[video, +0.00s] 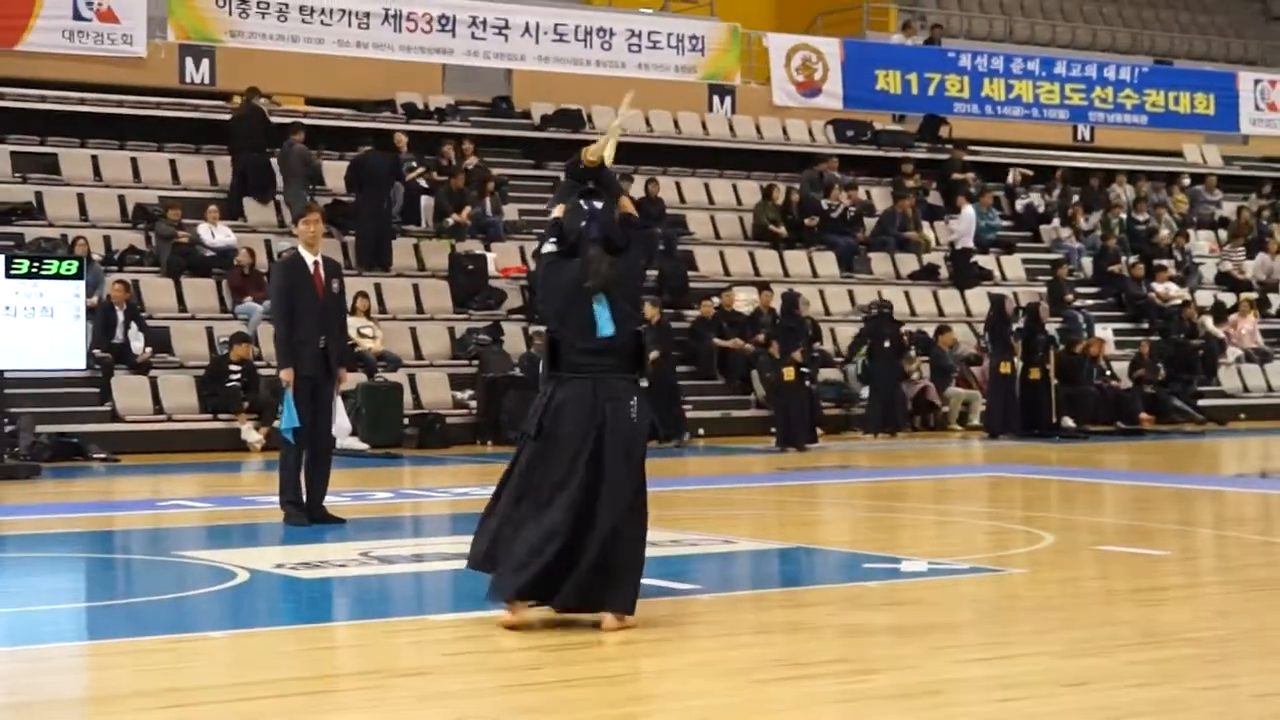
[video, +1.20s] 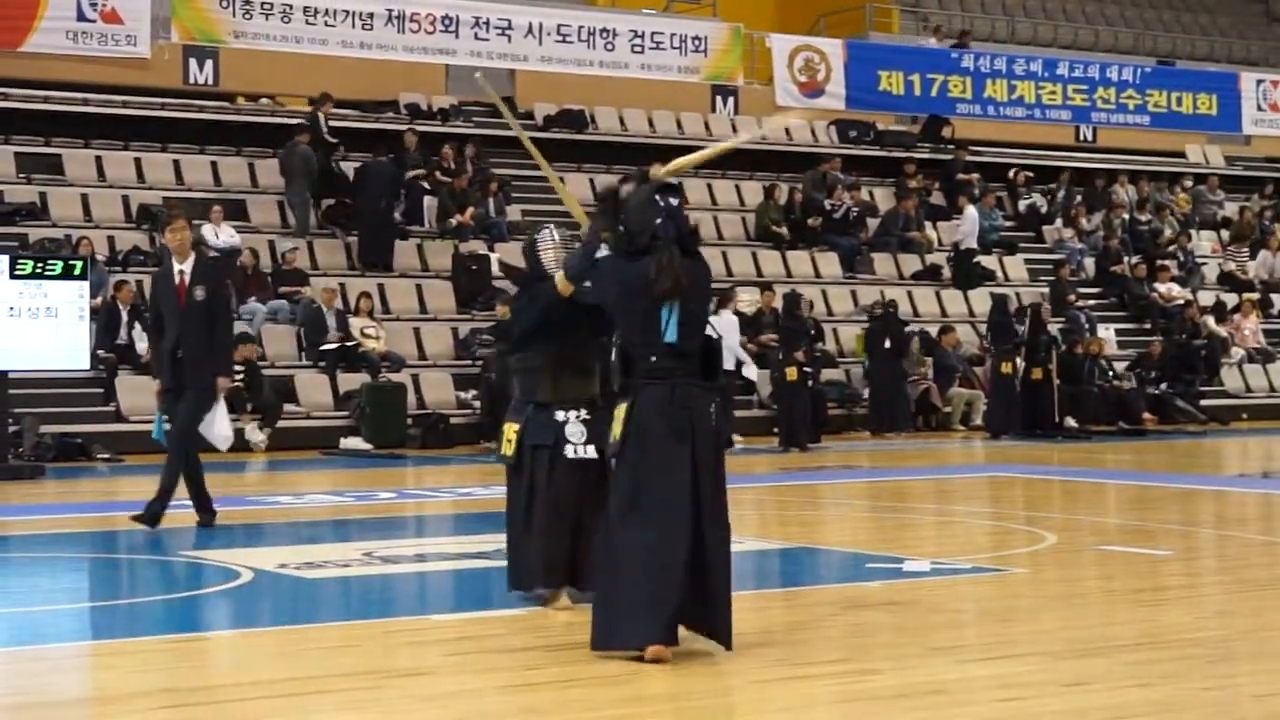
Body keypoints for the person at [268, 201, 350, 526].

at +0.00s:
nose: (312, 228)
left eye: (316, 223)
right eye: (306, 223)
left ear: (323, 227)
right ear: (296, 229)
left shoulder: (333, 267)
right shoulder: (284, 267)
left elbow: (339, 318)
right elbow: (280, 319)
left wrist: (341, 362)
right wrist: (284, 363)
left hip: (326, 361)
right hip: (297, 362)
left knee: (322, 436)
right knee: (295, 435)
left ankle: (316, 503)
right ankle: (291, 505)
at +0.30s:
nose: (299, 228)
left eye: (303, 223)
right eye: (293, 224)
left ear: (311, 228)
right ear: (282, 229)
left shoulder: (319, 268)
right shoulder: (270, 268)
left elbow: (327, 318)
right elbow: (266, 319)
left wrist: (328, 362)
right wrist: (269, 362)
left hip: (312, 362)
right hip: (282, 362)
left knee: (311, 437)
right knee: (269, 433)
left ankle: (314, 506)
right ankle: (244, 501)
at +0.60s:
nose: (260, 235)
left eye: (265, 229)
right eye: (255, 230)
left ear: (274, 235)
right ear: (246, 236)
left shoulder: (290, 276)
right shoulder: (233, 276)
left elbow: (298, 326)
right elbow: (228, 325)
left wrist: (299, 370)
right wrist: (231, 369)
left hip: (280, 367)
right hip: (246, 368)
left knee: (293, 442)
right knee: (233, 440)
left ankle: (314, 510)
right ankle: (212, 509)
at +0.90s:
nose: (212, 233)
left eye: (216, 228)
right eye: (207, 228)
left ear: (226, 232)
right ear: (198, 235)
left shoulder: (245, 269)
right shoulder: (187, 274)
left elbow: (255, 323)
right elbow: (181, 324)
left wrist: (258, 368)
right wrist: (183, 369)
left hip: (237, 367)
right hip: (200, 369)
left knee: (249, 440)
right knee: (199, 443)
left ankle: (261, 506)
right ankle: (206, 509)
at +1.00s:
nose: (201, 233)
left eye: (205, 227)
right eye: (195, 228)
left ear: (214, 231)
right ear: (186, 234)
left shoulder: (233, 267)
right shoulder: (178, 272)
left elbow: (244, 320)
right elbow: (172, 324)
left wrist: (246, 365)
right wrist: (174, 368)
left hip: (226, 364)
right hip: (191, 366)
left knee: (224, 435)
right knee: (194, 439)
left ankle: (227, 506)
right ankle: (204, 507)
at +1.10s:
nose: (188, 233)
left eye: (192, 227)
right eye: (183, 228)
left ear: (204, 230)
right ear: (176, 234)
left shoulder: (224, 267)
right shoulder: (170, 271)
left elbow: (234, 319)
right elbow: (165, 324)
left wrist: (235, 366)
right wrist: (167, 370)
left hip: (215, 363)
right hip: (182, 364)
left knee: (201, 431)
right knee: (187, 435)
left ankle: (192, 502)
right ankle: (204, 506)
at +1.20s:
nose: (178, 237)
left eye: (182, 231)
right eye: (171, 232)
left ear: (192, 234)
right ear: (164, 238)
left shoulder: (212, 270)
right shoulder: (160, 277)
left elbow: (223, 322)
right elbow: (155, 328)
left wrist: (224, 371)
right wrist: (158, 375)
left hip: (203, 368)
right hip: (170, 369)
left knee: (180, 433)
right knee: (182, 438)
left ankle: (156, 507)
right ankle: (205, 509)